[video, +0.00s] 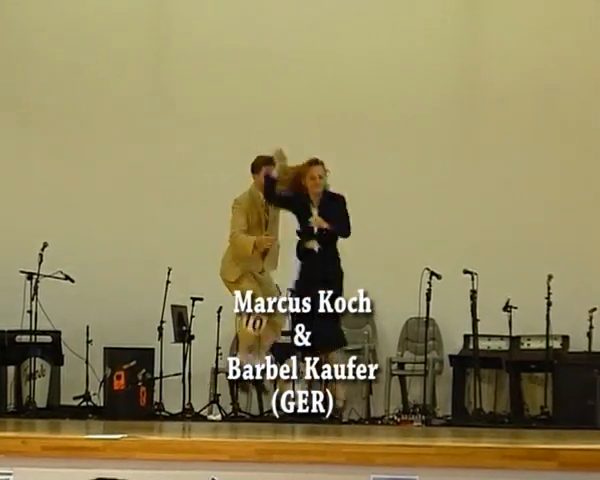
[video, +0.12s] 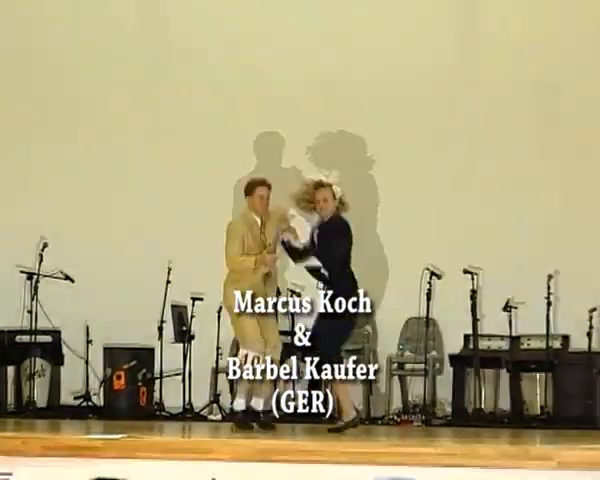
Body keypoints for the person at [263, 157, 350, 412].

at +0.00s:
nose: (317, 182)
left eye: (320, 177)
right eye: (312, 178)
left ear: (325, 178)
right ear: (303, 180)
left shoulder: (335, 200)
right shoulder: (299, 201)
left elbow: (345, 231)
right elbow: (271, 197)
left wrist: (325, 224)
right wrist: (273, 173)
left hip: (330, 266)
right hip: (307, 265)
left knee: (326, 323)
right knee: (305, 320)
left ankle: (332, 387)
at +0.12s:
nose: (322, 205)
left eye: (326, 200)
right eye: (318, 201)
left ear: (335, 200)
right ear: (313, 203)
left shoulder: (340, 226)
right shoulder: (319, 228)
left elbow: (333, 262)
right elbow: (301, 256)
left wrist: (310, 248)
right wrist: (288, 241)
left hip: (344, 298)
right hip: (332, 297)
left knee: (326, 349)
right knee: (322, 349)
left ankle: (348, 410)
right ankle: (344, 409)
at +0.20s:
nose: (324, 225)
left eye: (327, 220)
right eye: (323, 221)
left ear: (339, 219)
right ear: (323, 223)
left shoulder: (342, 248)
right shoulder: (340, 247)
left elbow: (325, 277)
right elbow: (325, 276)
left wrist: (294, 272)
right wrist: (295, 272)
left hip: (356, 315)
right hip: (355, 314)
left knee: (329, 364)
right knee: (337, 365)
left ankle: (350, 418)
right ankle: (356, 416)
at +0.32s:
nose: (332, 237)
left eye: (336, 233)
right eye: (333, 233)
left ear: (348, 234)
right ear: (350, 235)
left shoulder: (349, 258)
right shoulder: (359, 256)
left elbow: (323, 284)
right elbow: (325, 283)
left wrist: (291, 291)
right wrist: (293, 291)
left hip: (373, 324)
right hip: (381, 323)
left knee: (331, 364)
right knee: (355, 367)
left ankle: (350, 418)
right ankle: (359, 418)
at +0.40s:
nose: (341, 234)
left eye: (344, 230)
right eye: (341, 230)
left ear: (356, 231)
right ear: (360, 232)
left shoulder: (353, 256)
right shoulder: (372, 255)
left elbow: (326, 275)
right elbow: (356, 290)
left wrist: (298, 283)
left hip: (380, 320)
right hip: (392, 320)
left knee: (339, 361)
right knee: (352, 362)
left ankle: (349, 419)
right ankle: (357, 418)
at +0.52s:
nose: (356, 224)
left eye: (360, 219)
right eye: (354, 220)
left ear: (373, 218)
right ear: (354, 221)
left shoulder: (366, 243)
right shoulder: (382, 243)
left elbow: (338, 261)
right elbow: (373, 280)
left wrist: (306, 271)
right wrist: (341, 276)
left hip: (391, 310)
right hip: (403, 310)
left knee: (356, 358)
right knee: (366, 361)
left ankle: (354, 416)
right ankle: (363, 416)